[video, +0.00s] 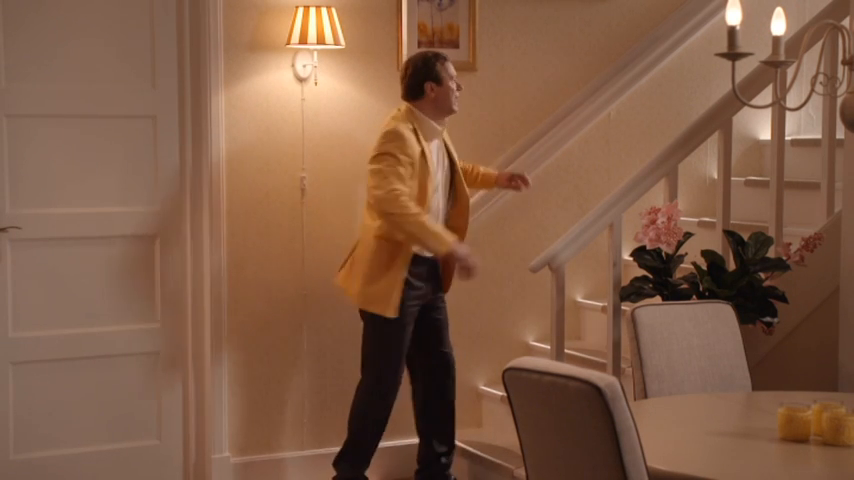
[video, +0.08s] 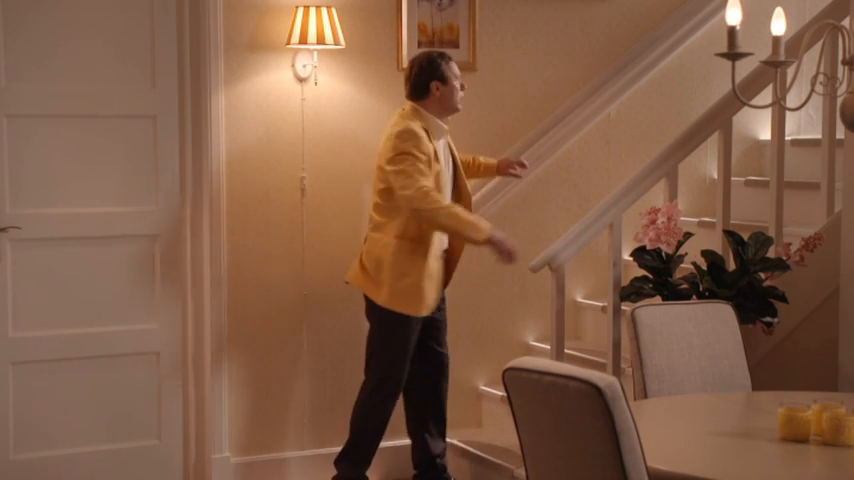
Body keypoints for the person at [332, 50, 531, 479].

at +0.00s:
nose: (460, 91)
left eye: (458, 84)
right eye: (454, 84)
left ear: (431, 89)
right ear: (430, 88)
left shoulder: (435, 133)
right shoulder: (398, 133)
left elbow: (455, 174)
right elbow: (389, 202)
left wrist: (498, 179)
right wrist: (448, 245)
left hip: (427, 274)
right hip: (392, 276)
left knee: (437, 374)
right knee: (381, 381)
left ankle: (435, 471)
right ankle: (349, 472)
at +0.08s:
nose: (464, 91)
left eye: (462, 83)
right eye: (458, 83)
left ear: (433, 88)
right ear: (436, 88)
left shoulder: (431, 129)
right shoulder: (408, 134)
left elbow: (450, 166)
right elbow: (422, 201)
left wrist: (496, 166)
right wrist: (487, 234)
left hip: (426, 275)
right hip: (395, 278)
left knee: (430, 376)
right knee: (385, 380)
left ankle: (431, 470)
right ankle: (350, 471)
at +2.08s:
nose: (499, 80)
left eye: (495, 72)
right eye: (493, 72)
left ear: (470, 82)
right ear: (477, 80)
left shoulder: (462, 119)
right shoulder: (467, 120)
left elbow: (461, 192)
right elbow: (492, 185)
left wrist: (500, 175)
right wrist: (545, 227)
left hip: (464, 269)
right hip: (454, 269)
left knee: (455, 375)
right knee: (442, 374)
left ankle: (434, 468)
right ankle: (407, 470)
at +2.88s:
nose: (496, 78)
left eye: (493, 72)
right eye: (486, 72)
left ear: (470, 83)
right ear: (459, 82)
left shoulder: (475, 128)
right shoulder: (450, 125)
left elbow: (475, 189)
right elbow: (460, 189)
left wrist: (507, 183)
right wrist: (518, 231)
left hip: (474, 274)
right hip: (445, 274)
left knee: (458, 379)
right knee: (436, 377)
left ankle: (436, 467)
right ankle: (406, 470)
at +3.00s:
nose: (490, 79)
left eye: (490, 73)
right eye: (479, 74)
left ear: (492, 84)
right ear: (454, 85)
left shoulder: (483, 135)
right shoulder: (443, 124)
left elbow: (490, 206)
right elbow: (426, 188)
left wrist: (531, 213)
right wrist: (464, 246)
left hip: (479, 282)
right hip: (442, 278)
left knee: (461, 382)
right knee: (437, 379)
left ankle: (438, 469)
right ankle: (410, 471)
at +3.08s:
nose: (484, 80)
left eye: (488, 74)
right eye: (473, 75)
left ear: (494, 84)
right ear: (452, 87)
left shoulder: (492, 139)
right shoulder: (436, 128)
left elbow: (491, 209)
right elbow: (411, 194)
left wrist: (528, 217)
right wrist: (417, 260)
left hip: (481, 282)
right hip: (440, 279)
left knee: (463, 386)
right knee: (435, 383)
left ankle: (439, 469)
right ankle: (412, 472)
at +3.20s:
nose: (476, 79)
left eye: (483, 73)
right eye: (467, 73)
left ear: (494, 85)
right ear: (452, 86)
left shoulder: (509, 142)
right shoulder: (429, 127)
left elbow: (516, 197)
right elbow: (391, 186)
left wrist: (520, 211)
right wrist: (360, 247)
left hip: (482, 268)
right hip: (432, 264)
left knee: (463, 379)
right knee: (429, 375)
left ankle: (442, 469)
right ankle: (413, 470)